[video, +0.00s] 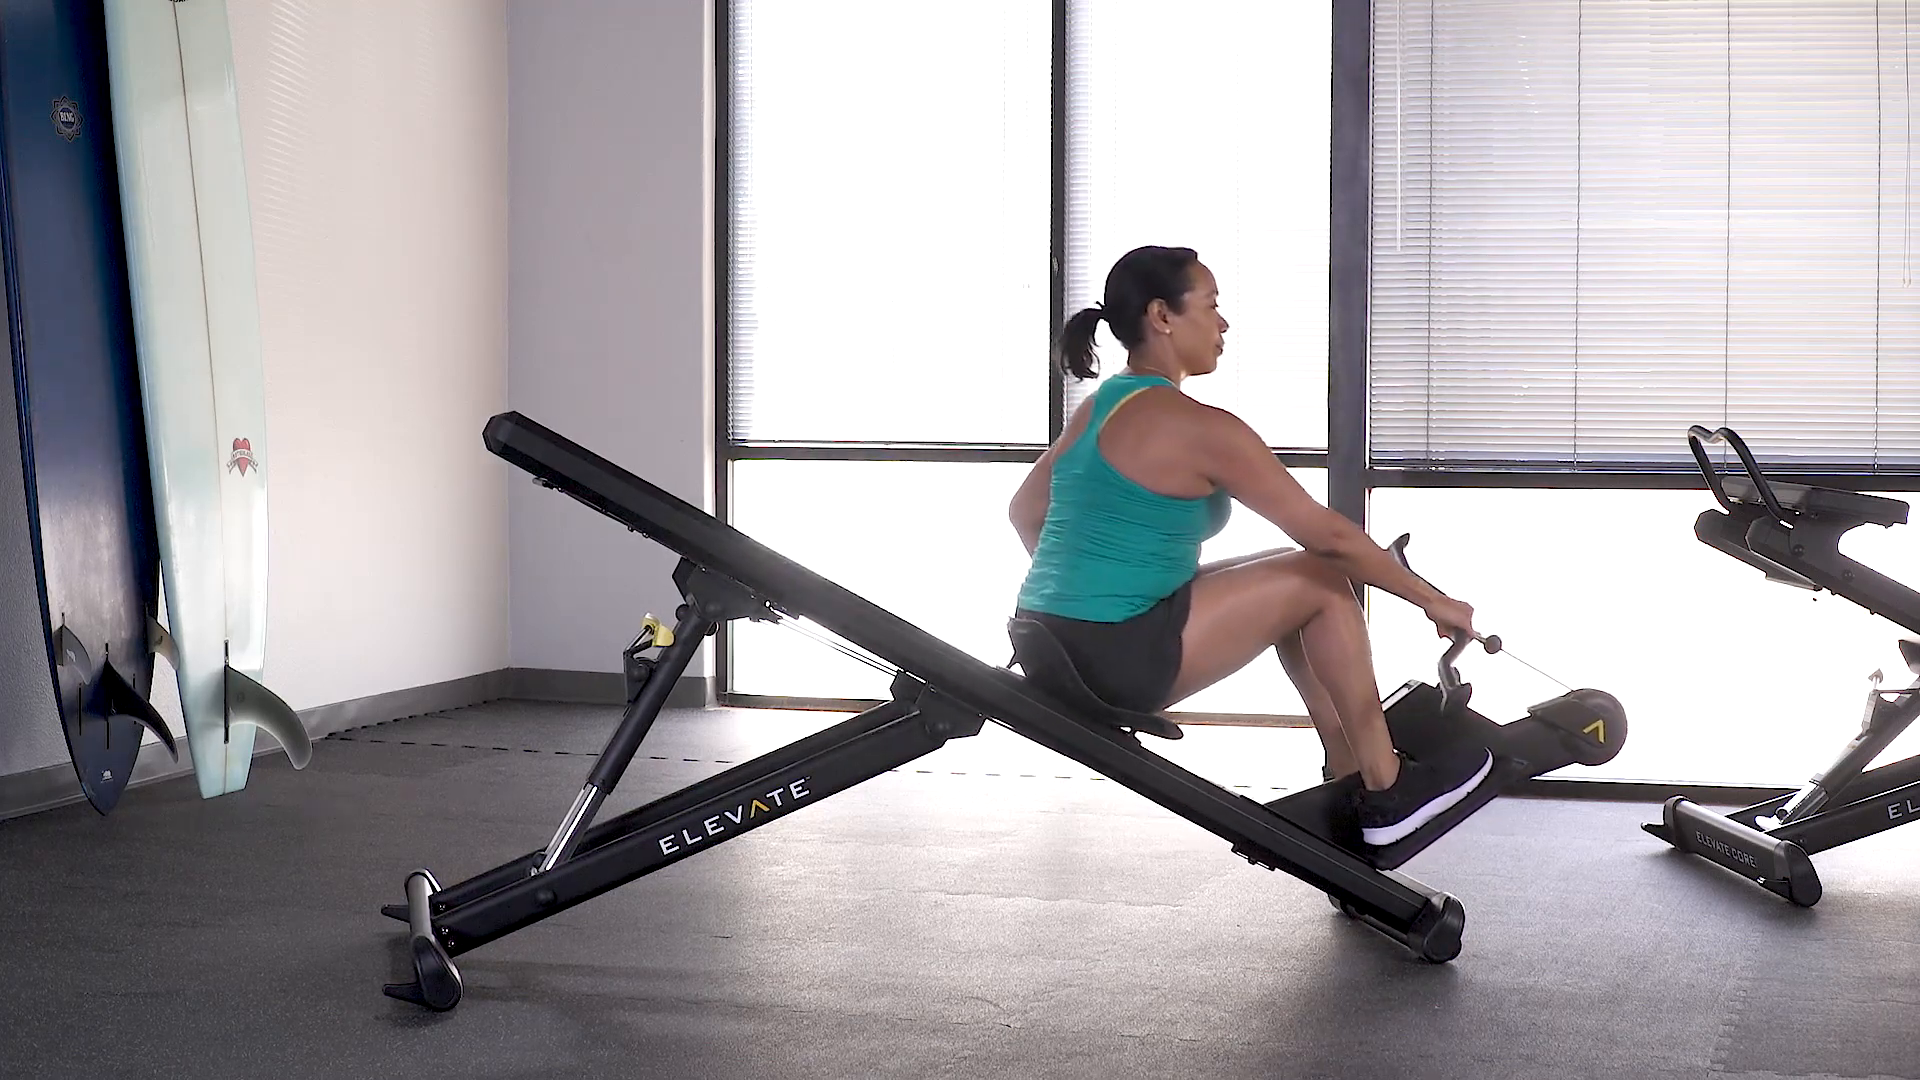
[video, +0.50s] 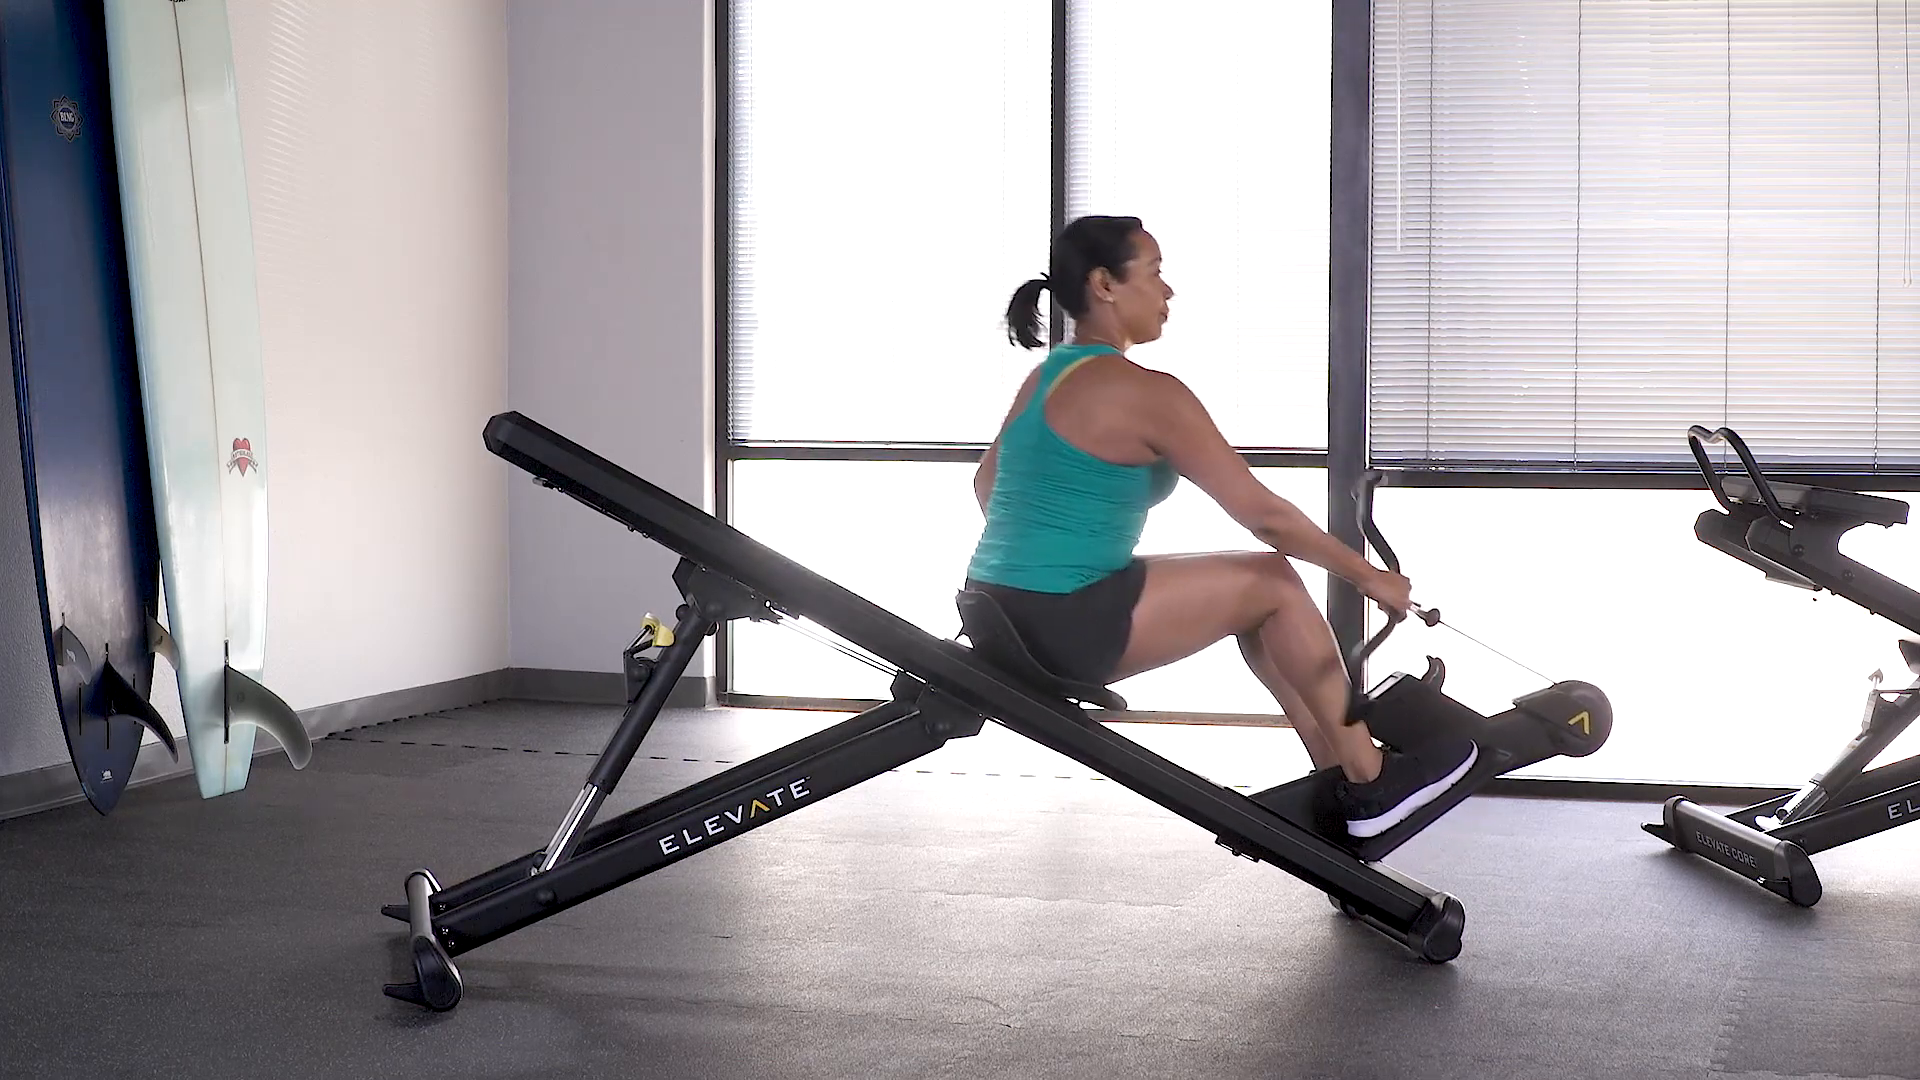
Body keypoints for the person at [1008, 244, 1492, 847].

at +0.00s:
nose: (1223, 322)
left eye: (1217, 305)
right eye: (1211, 306)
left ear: (1157, 320)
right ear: (1162, 318)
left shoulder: (1100, 404)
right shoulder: (1205, 430)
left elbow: (1026, 511)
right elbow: (1326, 535)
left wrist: (1080, 590)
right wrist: (1430, 597)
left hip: (1045, 634)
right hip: (1116, 649)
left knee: (1297, 573)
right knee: (1326, 580)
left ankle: (1346, 762)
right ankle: (1388, 787)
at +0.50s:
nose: (1169, 291)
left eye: (1163, 273)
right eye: (1155, 274)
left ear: (1097, 290)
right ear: (1104, 288)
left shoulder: (1045, 376)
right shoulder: (1150, 394)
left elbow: (987, 483)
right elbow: (1262, 514)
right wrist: (1369, 576)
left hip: (995, 606)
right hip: (1064, 619)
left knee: (1253, 583)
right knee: (1276, 581)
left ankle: (1331, 760)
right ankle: (1369, 773)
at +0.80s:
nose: (1001, 209)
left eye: (997, 192)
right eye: (990, 191)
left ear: (934, 202)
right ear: (936, 199)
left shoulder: (893, 285)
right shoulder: (925, 288)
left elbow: (955, 418)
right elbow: (960, 417)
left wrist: (1068, 452)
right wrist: (1079, 457)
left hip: (866, 529)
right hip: (899, 536)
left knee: (1110, 598)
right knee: (1122, 592)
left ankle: (1268, 731)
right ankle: (1285, 743)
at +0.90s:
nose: (961, 192)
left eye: (958, 174)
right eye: (951, 173)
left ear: (898, 180)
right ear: (896, 176)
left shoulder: (865, 264)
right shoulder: (869, 268)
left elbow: (869, 393)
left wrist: (985, 420)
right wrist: (987, 419)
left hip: (850, 507)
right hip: (858, 513)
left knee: (1073, 601)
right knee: (1081, 595)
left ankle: (1244, 727)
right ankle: (1256, 732)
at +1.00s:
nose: (935, 180)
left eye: (933, 162)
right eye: (925, 160)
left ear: (875, 166)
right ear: (872, 163)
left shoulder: (855, 252)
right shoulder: (831, 252)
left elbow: (814, 367)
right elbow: (783, 366)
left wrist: (922, 389)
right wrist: (912, 390)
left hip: (865, 489)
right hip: (832, 500)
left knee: (1056, 589)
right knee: (1050, 599)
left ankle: (1224, 717)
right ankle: (1232, 723)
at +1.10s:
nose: (922, 177)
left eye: (921, 160)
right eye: (912, 158)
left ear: (857, 158)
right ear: (859, 157)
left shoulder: (840, 246)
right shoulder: (823, 249)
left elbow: (767, 352)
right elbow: (738, 351)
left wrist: (888, 377)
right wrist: (871, 382)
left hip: (837, 487)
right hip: (825, 496)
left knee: (1044, 588)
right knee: (1050, 590)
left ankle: (1211, 713)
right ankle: (1225, 719)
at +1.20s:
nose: (926, 179)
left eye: (925, 161)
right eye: (916, 161)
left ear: (862, 161)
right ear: (863, 160)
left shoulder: (843, 249)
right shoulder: (826, 254)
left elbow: (781, 361)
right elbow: (747, 361)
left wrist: (893, 382)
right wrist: (877, 389)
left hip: (840, 488)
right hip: (830, 498)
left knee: (1049, 586)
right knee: (1053, 587)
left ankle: (1215, 714)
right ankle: (1228, 720)